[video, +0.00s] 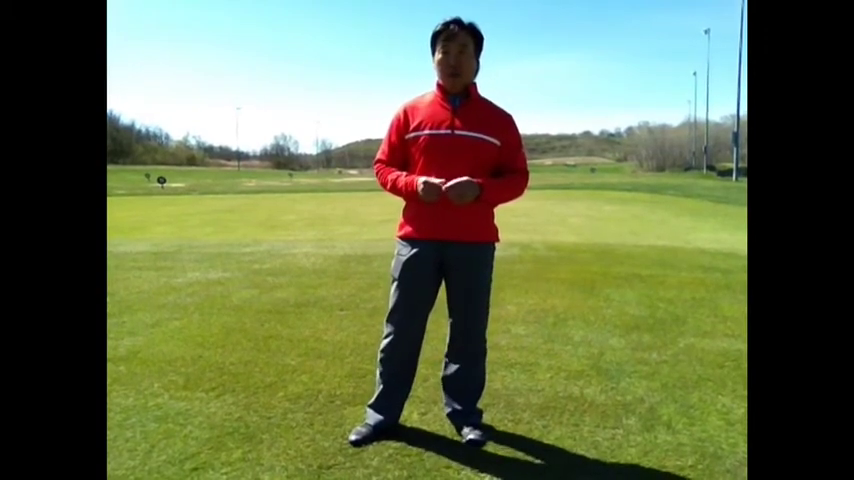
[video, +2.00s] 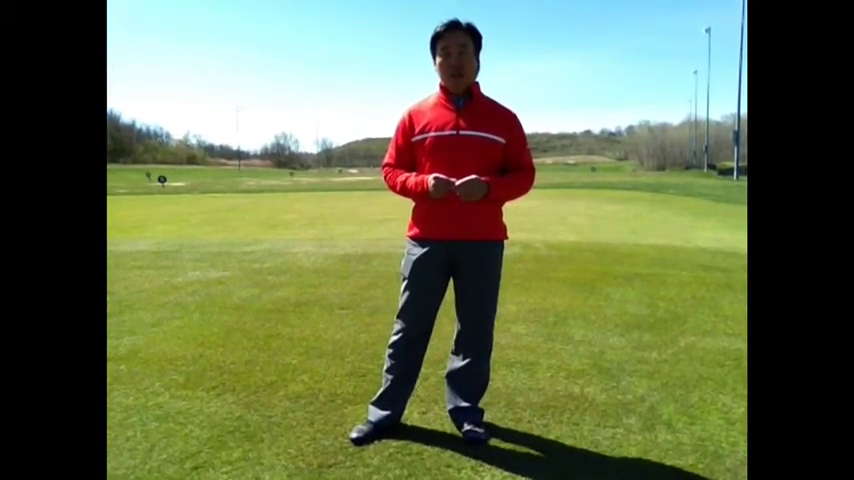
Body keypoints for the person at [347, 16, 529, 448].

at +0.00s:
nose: (451, 58)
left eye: (461, 51)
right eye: (444, 50)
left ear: (478, 59)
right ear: (433, 58)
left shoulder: (499, 121)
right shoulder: (409, 114)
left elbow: (518, 179)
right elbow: (383, 169)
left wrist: (481, 190)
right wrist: (414, 184)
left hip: (473, 245)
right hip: (417, 241)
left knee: (469, 334)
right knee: (400, 330)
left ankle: (466, 416)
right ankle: (382, 415)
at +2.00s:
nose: (454, 60)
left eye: (463, 52)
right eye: (445, 53)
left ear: (478, 58)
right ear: (434, 61)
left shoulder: (503, 119)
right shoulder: (415, 116)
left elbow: (525, 175)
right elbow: (390, 171)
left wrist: (489, 187)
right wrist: (423, 183)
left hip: (482, 243)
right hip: (427, 241)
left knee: (476, 333)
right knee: (408, 329)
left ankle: (467, 413)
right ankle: (384, 414)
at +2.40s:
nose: (454, 61)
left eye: (463, 52)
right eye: (446, 53)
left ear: (478, 59)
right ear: (435, 61)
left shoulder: (503, 120)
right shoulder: (416, 117)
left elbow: (525, 175)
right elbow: (390, 171)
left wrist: (489, 186)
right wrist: (423, 181)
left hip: (482, 243)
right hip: (427, 241)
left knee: (476, 333)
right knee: (408, 329)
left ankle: (468, 413)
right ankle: (384, 414)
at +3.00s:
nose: (452, 60)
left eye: (461, 51)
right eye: (444, 53)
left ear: (477, 58)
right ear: (433, 62)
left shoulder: (504, 119)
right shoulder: (415, 117)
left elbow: (525, 175)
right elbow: (392, 172)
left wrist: (489, 184)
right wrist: (424, 181)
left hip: (482, 243)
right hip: (427, 241)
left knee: (475, 334)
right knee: (408, 330)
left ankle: (468, 415)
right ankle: (383, 414)